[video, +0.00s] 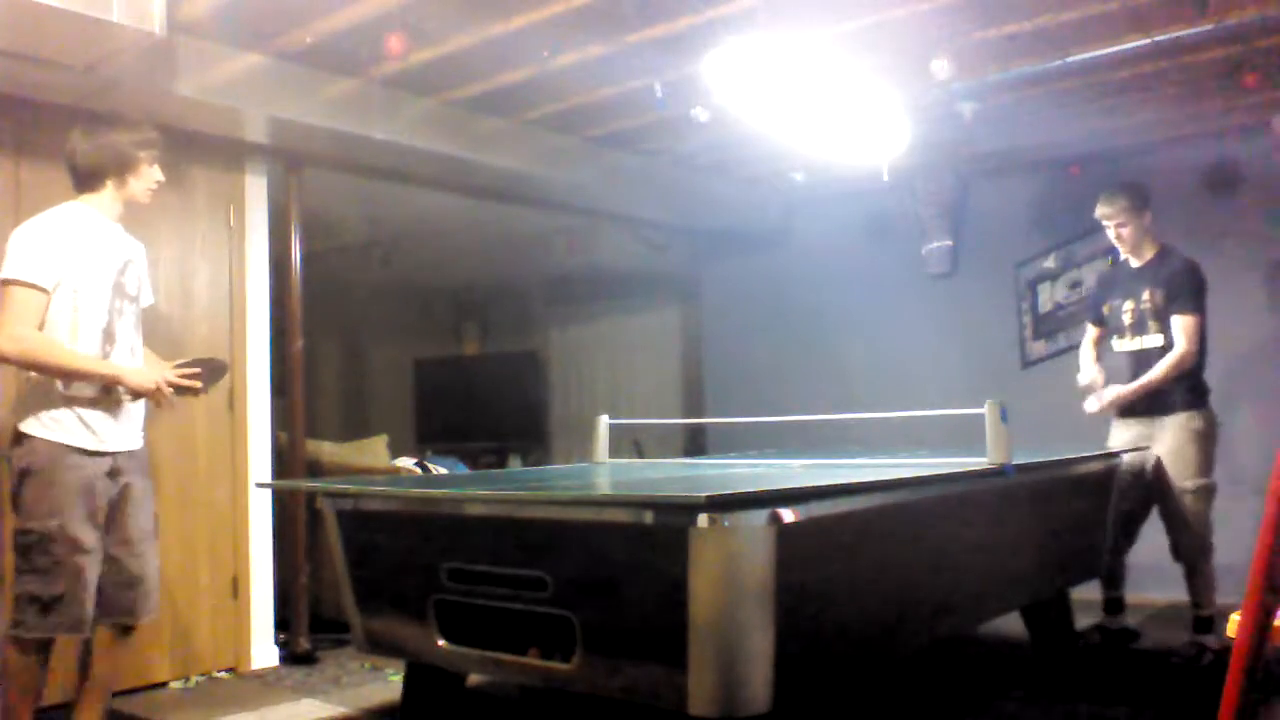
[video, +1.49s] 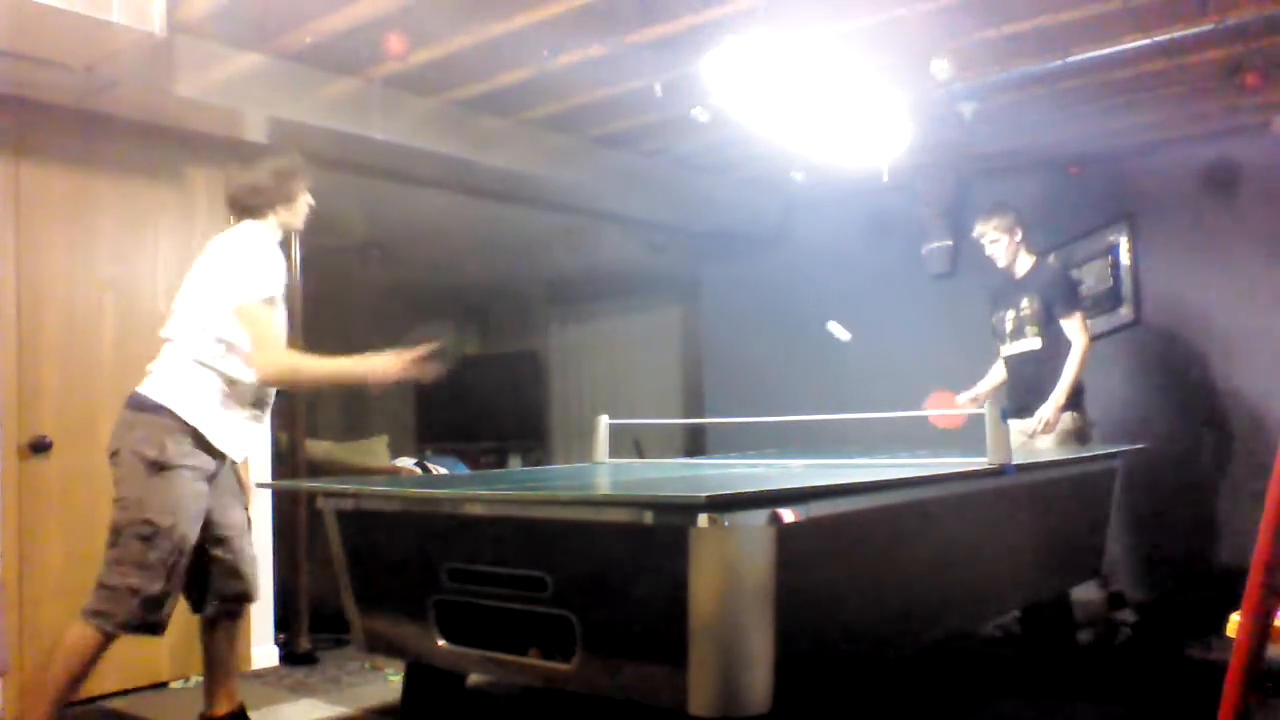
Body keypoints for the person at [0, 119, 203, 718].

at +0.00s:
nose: (160, 177)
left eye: (158, 164)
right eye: (150, 163)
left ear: (127, 169)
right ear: (115, 165)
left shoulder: (132, 252)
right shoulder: (44, 235)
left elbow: (124, 340)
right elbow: (14, 338)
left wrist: (164, 372)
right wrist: (121, 371)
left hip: (123, 446)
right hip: (57, 446)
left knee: (126, 602)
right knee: (44, 607)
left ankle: (88, 710)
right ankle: (19, 713)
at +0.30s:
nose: (187, 188)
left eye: (186, 175)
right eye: (177, 174)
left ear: (154, 178)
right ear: (141, 175)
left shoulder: (161, 261)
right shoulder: (65, 243)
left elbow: (149, 346)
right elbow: (25, 345)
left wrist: (177, 383)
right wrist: (127, 384)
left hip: (149, 445)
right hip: (78, 447)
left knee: (190, 590)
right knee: (62, 610)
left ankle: (214, 708)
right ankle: (24, 712)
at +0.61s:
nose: (258, 210)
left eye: (258, 197)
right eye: (253, 195)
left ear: (219, 196)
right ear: (223, 196)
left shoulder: (214, 271)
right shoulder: (141, 258)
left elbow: (209, 364)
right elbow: (110, 363)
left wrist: (241, 408)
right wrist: (212, 410)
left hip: (181, 448)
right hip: (119, 448)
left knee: (207, 585)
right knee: (80, 599)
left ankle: (214, 711)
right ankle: (26, 716)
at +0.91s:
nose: (334, 255)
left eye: (335, 245)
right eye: (330, 243)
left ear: (284, 239)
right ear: (301, 242)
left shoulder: (249, 284)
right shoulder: (267, 292)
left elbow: (208, 386)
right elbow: (292, 408)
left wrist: (249, 456)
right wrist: (386, 435)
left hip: (193, 455)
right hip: (142, 446)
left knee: (222, 586)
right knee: (84, 597)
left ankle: (218, 710)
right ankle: (27, 711)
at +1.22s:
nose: (341, 245)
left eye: (339, 234)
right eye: (338, 234)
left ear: (283, 228)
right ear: (322, 232)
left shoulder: (248, 268)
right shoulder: (307, 272)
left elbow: (184, 346)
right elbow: (409, 333)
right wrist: (498, 324)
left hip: (196, 447)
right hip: (170, 434)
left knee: (223, 585)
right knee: (96, 584)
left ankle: (220, 707)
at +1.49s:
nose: (311, 200)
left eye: (308, 190)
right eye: (303, 190)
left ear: (257, 197)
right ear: (278, 198)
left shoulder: (243, 250)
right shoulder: (253, 247)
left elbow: (195, 344)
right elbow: (271, 361)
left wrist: (229, 453)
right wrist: (374, 368)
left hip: (208, 443)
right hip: (168, 429)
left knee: (230, 585)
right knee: (128, 588)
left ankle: (224, 710)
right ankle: (35, 710)